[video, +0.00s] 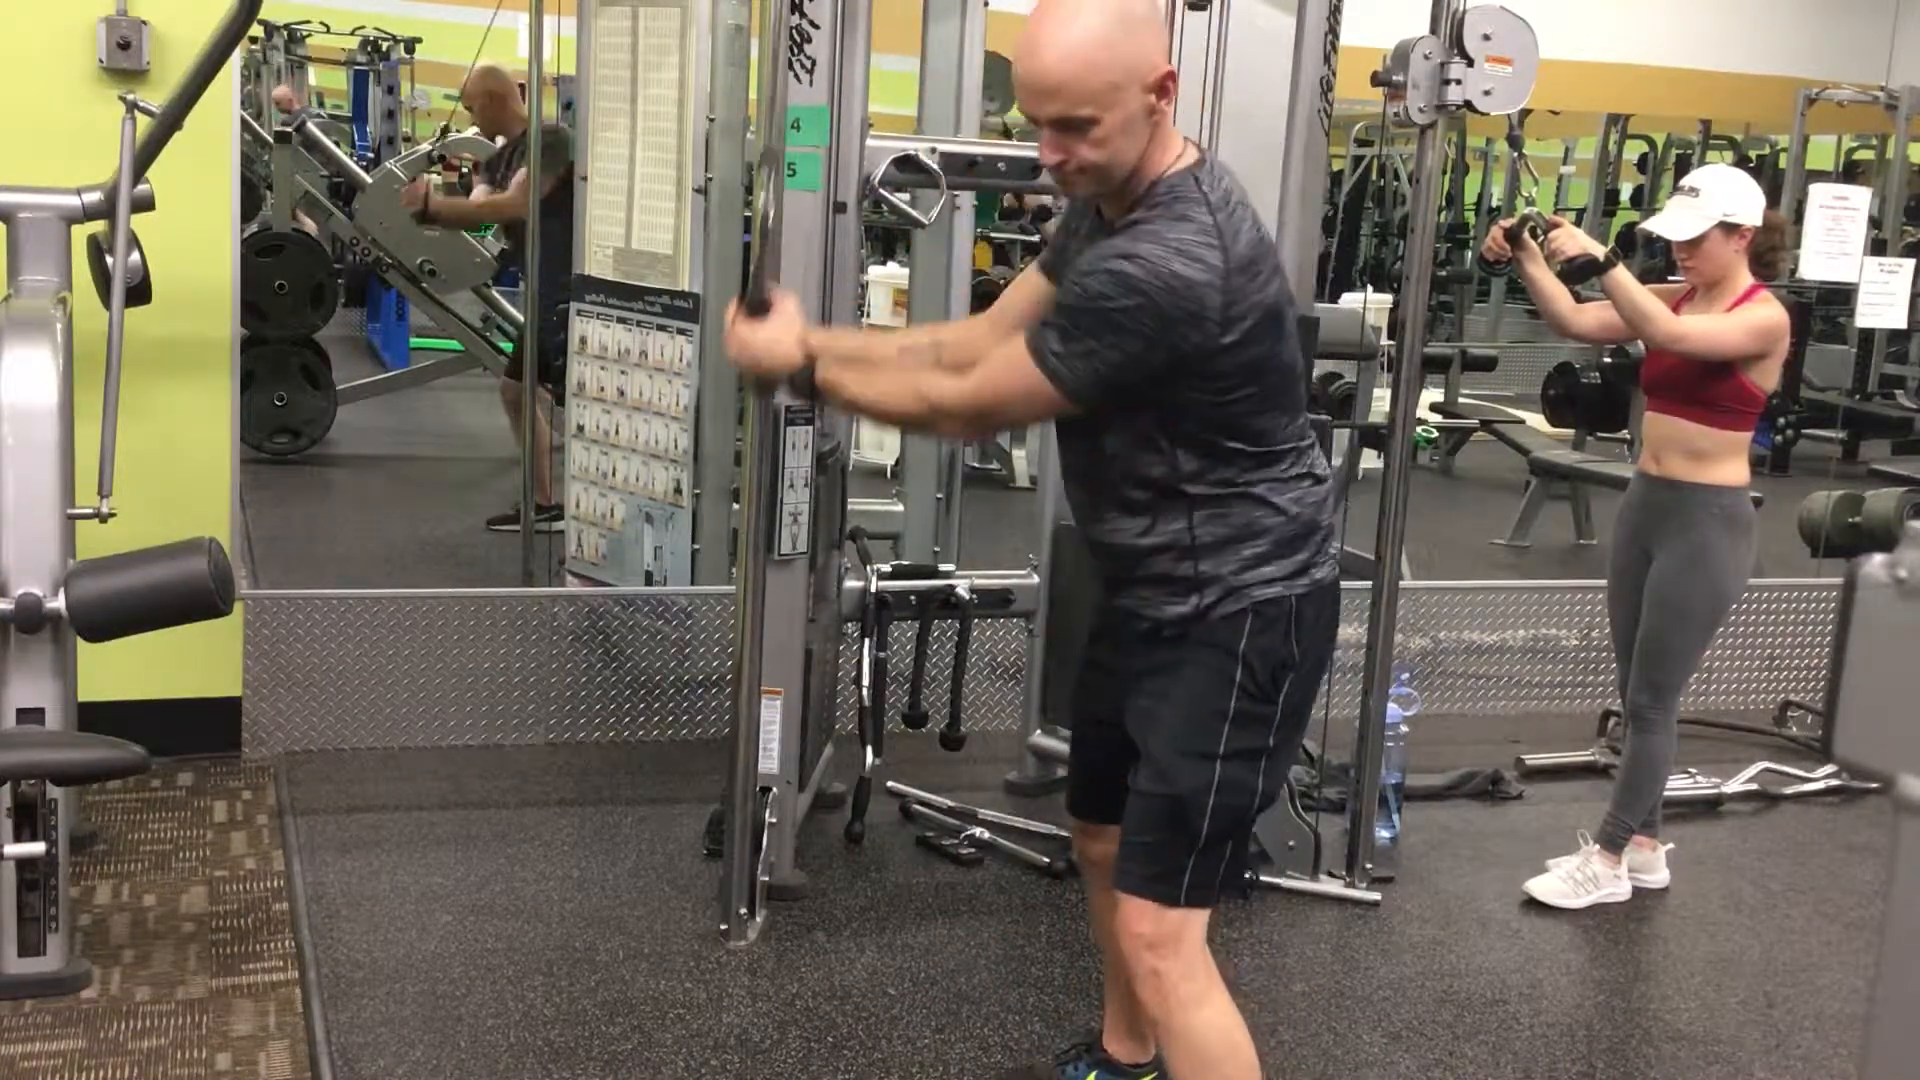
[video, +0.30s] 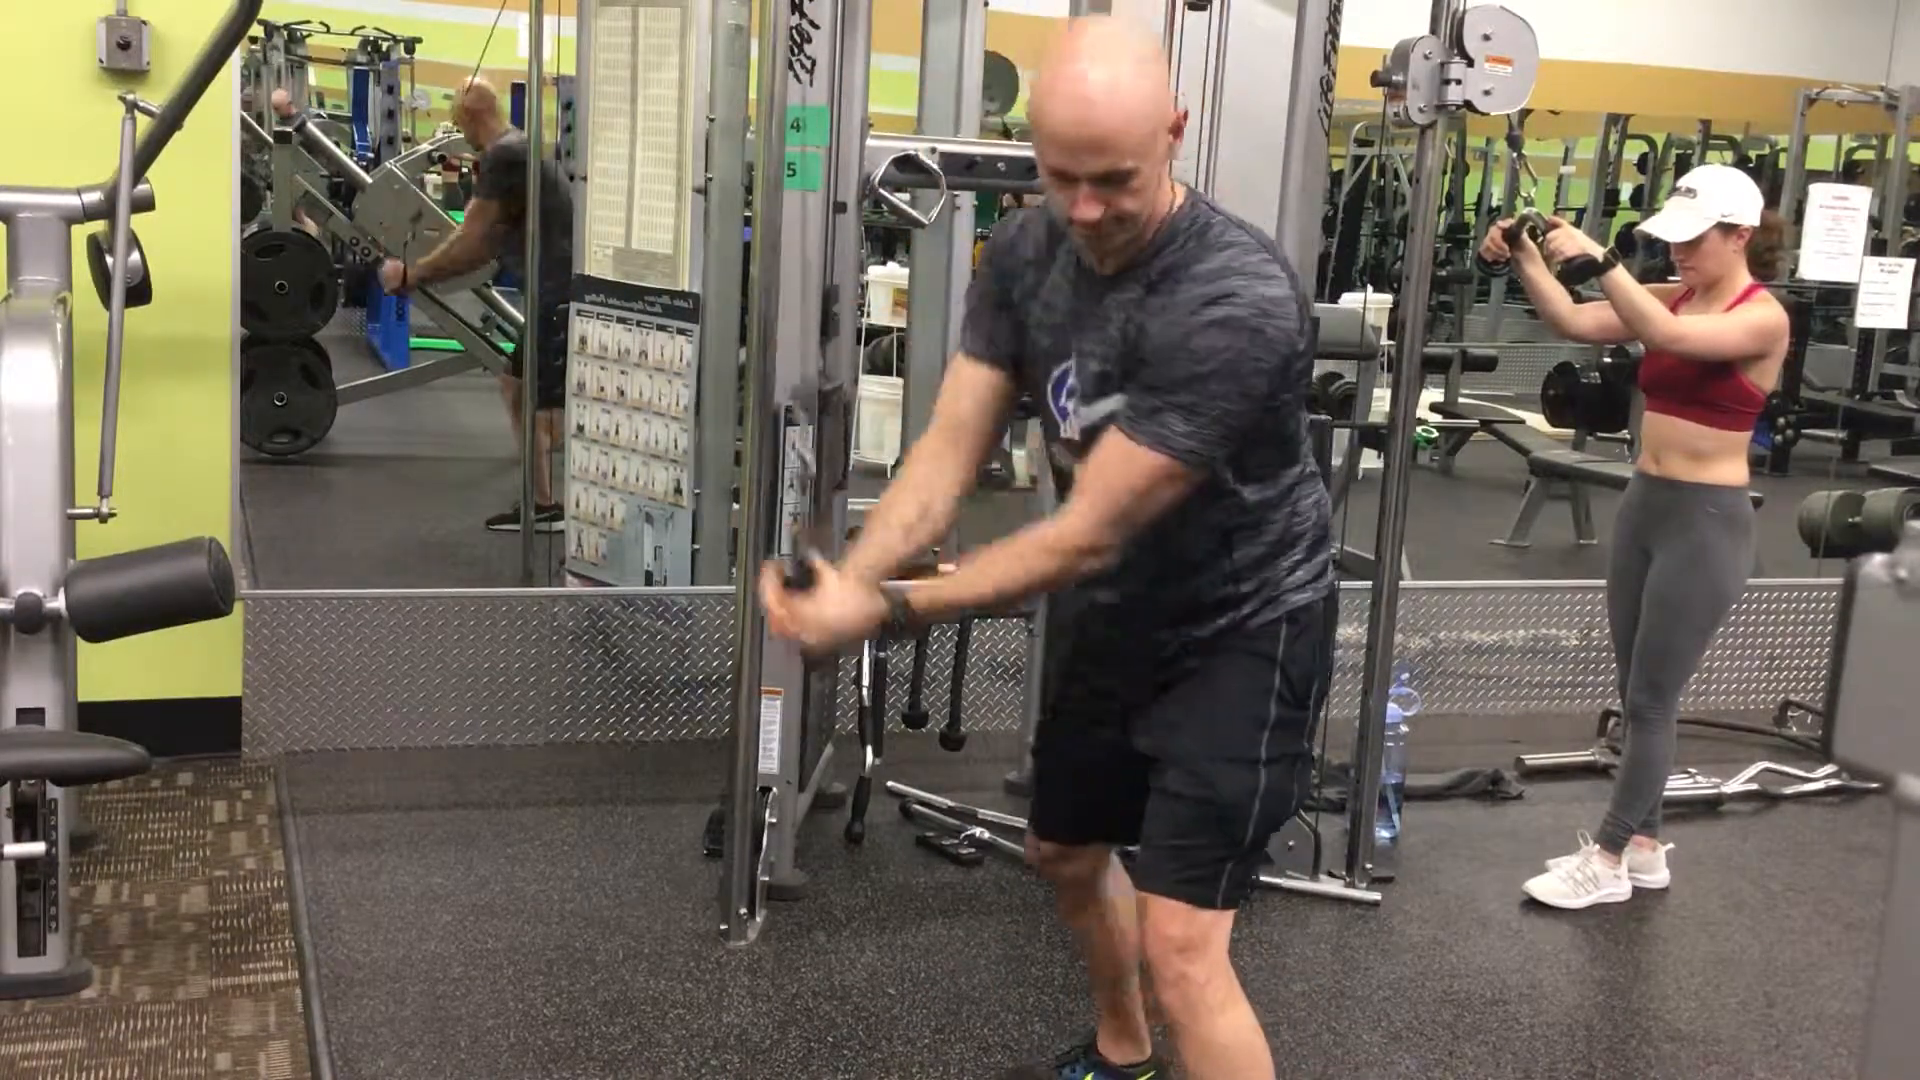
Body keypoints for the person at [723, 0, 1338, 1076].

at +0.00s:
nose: (1049, 155)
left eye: (1076, 128)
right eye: (1036, 125)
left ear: (1160, 98)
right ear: (1024, 99)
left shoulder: (1177, 259)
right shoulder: (1109, 205)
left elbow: (966, 404)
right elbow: (974, 344)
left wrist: (805, 367)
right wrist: (811, 340)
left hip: (1242, 603)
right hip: (1151, 587)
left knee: (1158, 929)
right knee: (1102, 833)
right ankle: (1131, 1054)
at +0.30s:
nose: (1086, 209)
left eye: (1115, 181)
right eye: (1061, 178)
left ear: (1174, 137)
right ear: (1034, 142)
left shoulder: (1241, 300)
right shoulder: (1027, 248)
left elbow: (1087, 535)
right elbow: (949, 448)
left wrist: (888, 605)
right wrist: (853, 578)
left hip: (1249, 617)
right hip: (1109, 602)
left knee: (1181, 943)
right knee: (1068, 853)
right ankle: (1126, 1049)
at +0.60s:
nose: (1166, 326)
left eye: (1195, 296)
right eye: (1136, 296)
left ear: (1235, 245)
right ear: (1086, 238)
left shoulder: (1297, 368)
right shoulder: (1017, 350)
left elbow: (1212, 619)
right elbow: (992, 587)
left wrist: (1076, 790)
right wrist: (1003, 758)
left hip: (1258, 640)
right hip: (1100, 623)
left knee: (1212, 947)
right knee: (1036, 868)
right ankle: (1096, 1019)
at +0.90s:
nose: (1259, 471)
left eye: (1284, 439)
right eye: (1228, 443)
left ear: (1315, 386)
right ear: (1162, 371)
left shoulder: (1356, 473)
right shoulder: (1073, 475)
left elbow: (1322, 719)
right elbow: (1109, 756)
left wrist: (1291, 934)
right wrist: (1203, 942)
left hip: (1243, 719)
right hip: (1088, 706)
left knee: (1246, 946)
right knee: (1050, 941)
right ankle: (1032, 1002)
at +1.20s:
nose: (1290, 587)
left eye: (1313, 558)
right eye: (1260, 559)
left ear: (1342, 503)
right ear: (1191, 487)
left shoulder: (1365, 554)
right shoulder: (1087, 571)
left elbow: (1360, 796)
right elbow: (1160, 871)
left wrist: (1372, 1029)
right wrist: (1297, 1059)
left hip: (1230, 719)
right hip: (1072, 723)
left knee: (1230, 930)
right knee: (1062, 975)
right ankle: (1016, 997)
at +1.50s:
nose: (1282, 596)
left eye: (1305, 566)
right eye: (1250, 568)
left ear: (1336, 510)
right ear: (1183, 496)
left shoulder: (1360, 557)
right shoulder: (1079, 576)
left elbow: (1354, 800)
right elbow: (1148, 873)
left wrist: (1363, 1039)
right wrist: (1288, 1064)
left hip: (1230, 717)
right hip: (1077, 719)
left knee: (1223, 921)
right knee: (1064, 974)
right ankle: (1014, 992)